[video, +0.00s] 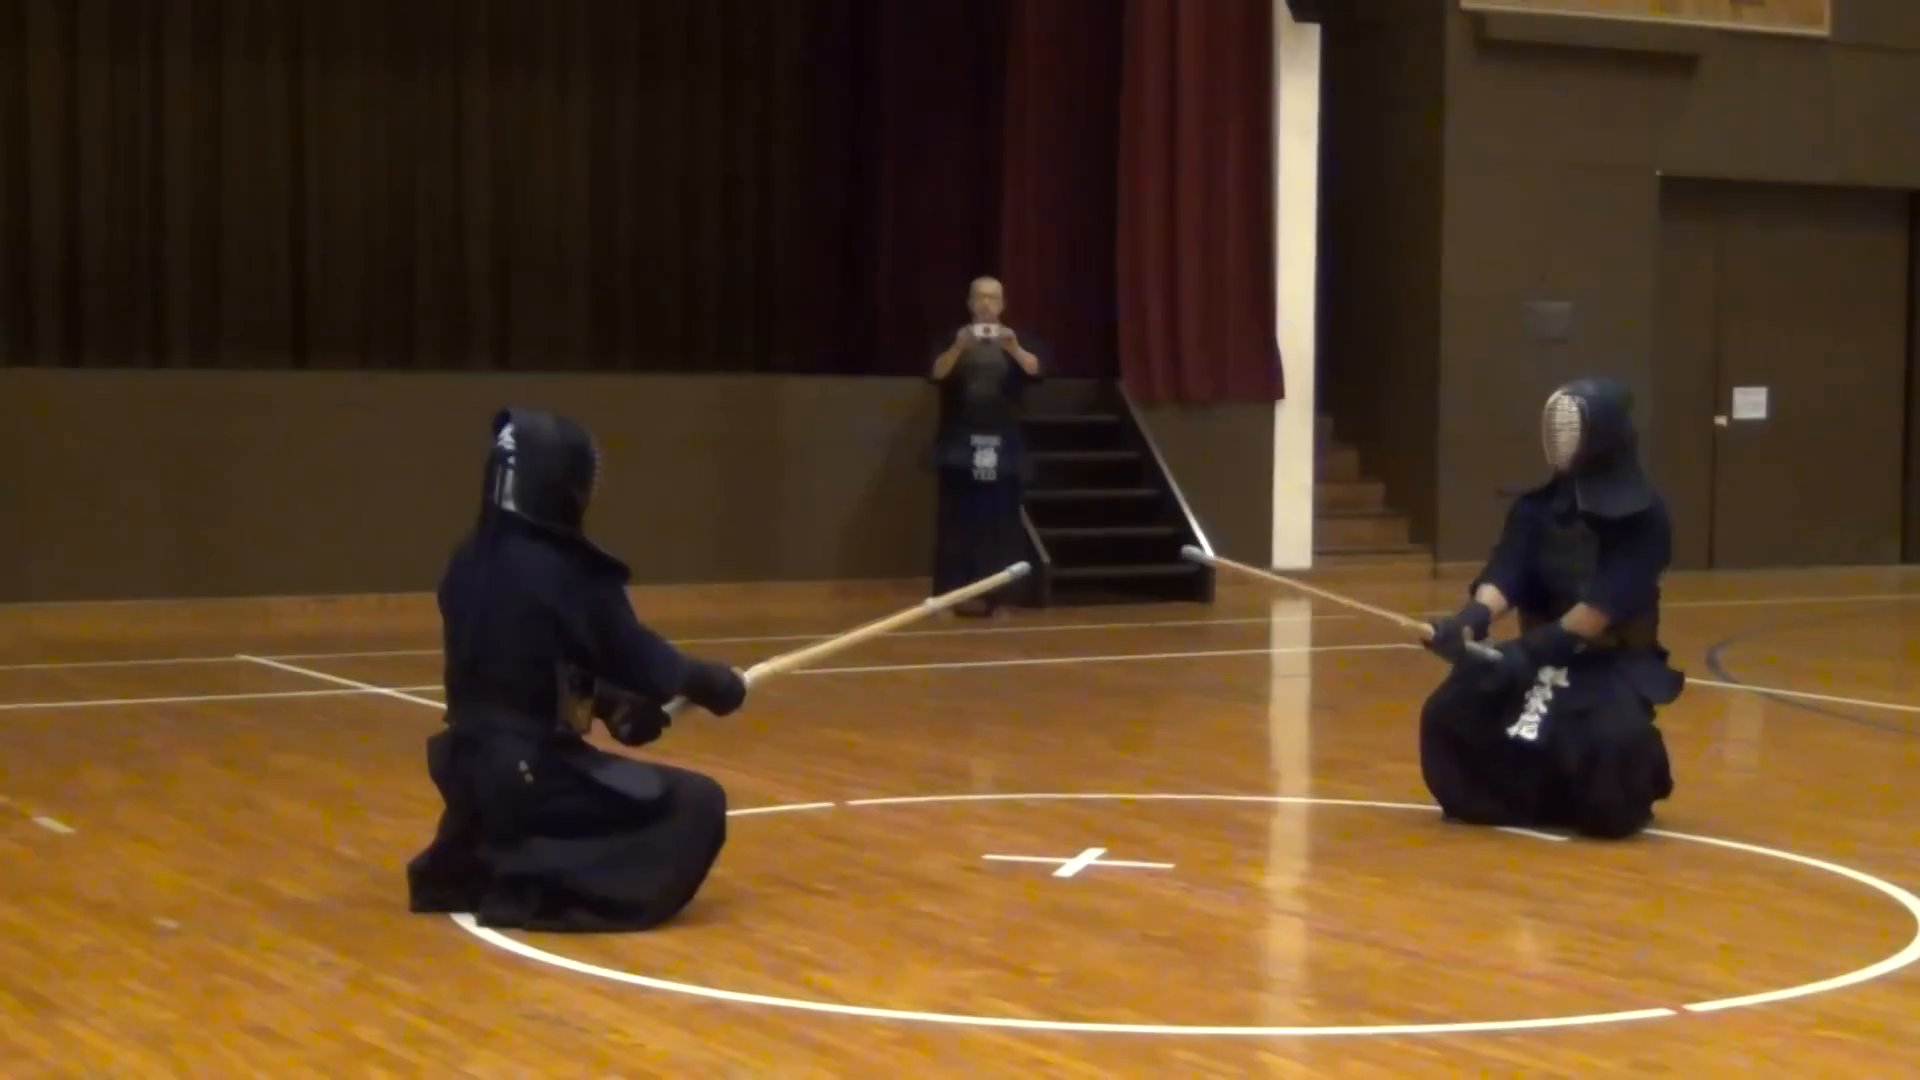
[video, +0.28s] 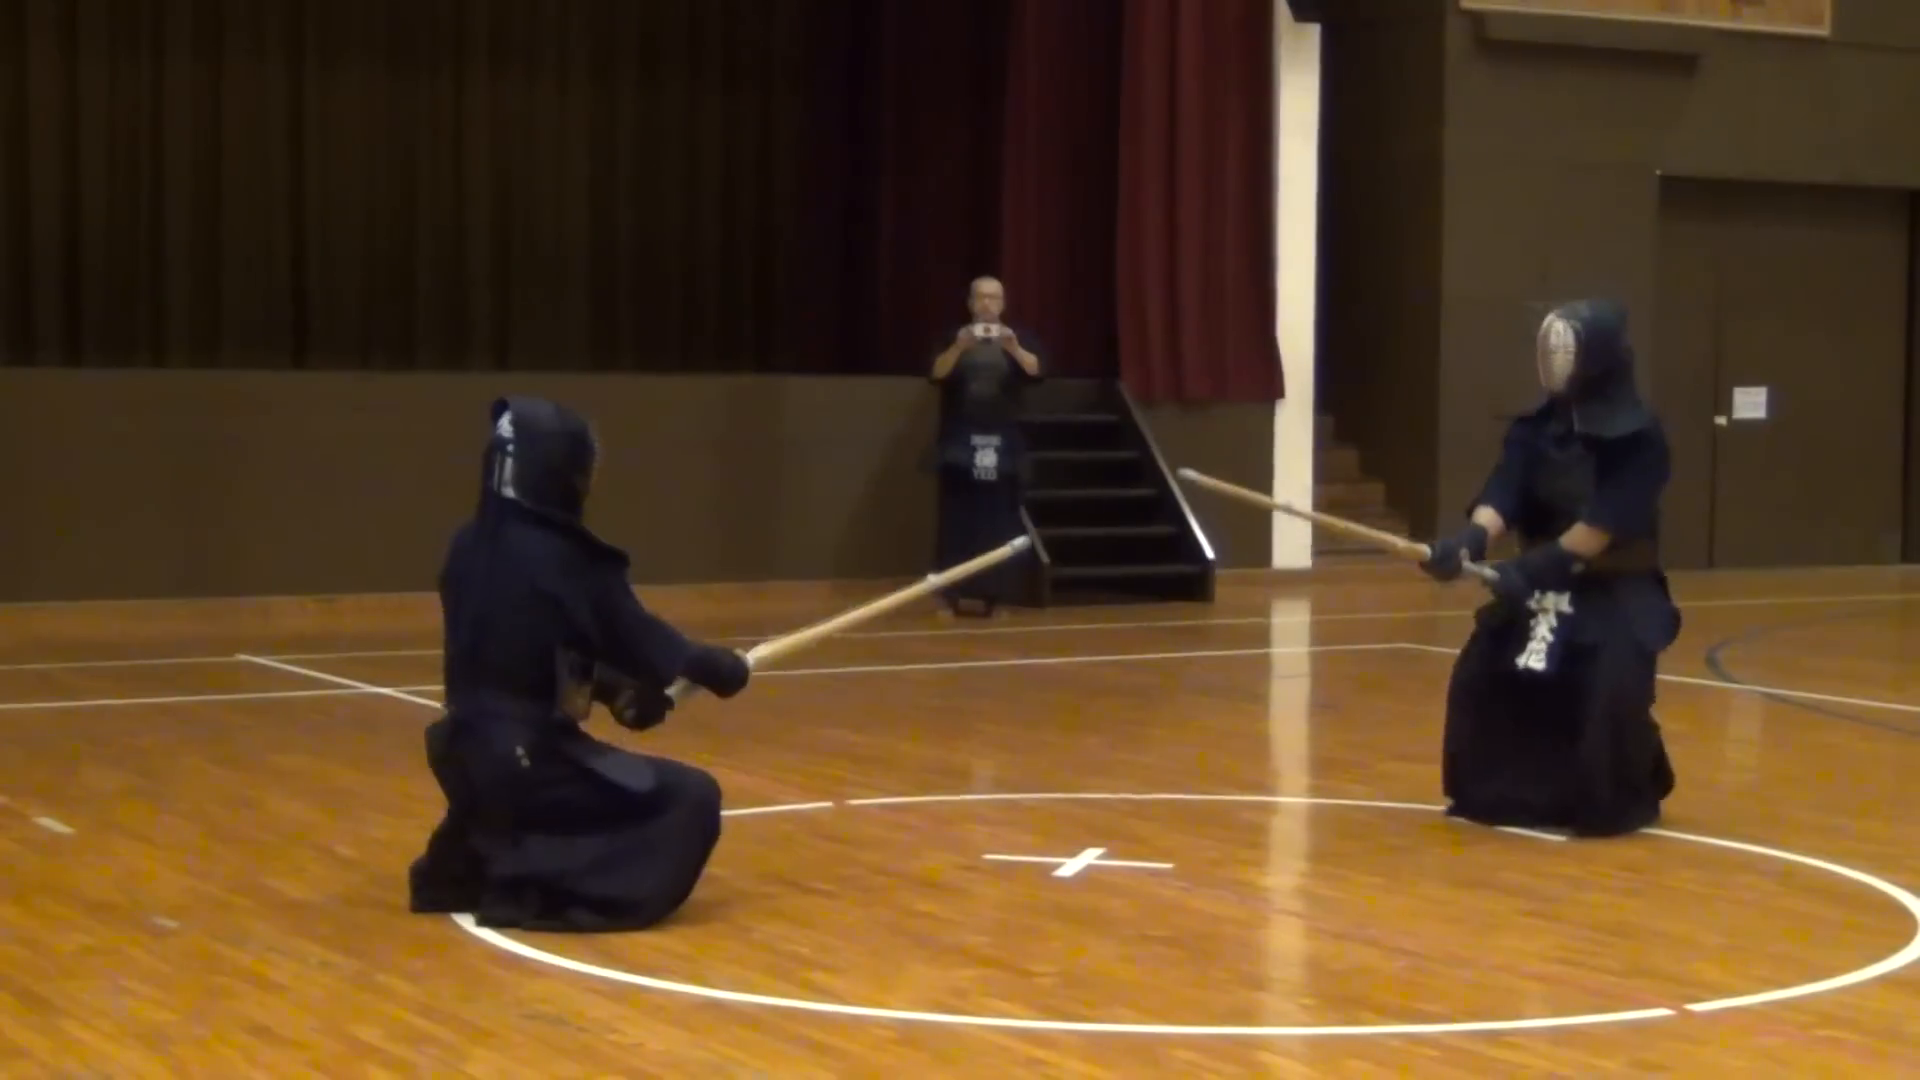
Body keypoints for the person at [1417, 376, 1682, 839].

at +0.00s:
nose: (1556, 439)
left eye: (1569, 428)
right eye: (1553, 427)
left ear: (1602, 434)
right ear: (1547, 429)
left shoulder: (1639, 515)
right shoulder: (1534, 508)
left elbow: (1603, 608)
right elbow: (1506, 575)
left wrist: (1524, 653)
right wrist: (1469, 619)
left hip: (1610, 666)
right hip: (1535, 658)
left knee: (1616, 740)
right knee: (1449, 714)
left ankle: (1613, 810)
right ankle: (1484, 800)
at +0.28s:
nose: (1550, 362)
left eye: (1562, 351)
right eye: (1546, 350)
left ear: (1596, 357)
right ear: (1544, 353)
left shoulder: (1635, 435)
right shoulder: (1535, 428)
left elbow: (1602, 527)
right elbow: (1503, 495)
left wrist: (1529, 572)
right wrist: (1469, 541)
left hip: (1618, 588)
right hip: (1544, 582)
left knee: (1607, 676)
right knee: (1482, 667)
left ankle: (1611, 802)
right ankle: (1489, 793)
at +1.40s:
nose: (1516, 299)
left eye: (1529, 288)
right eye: (1513, 286)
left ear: (1564, 292)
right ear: (1509, 289)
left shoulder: (1596, 373)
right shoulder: (1495, 364)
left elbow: (1569, 459)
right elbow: (1462, 428)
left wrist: (1490, 499)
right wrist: (1425, 464)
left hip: (1574, 538)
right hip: (1498, 533)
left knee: (1584, 666)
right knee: (1471, 661)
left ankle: (1619, 797)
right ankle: (1472, 797)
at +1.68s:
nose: (1460, 291)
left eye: (1474, 279)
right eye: (1457, 279)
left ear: (1508, 286)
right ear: (1452, 284)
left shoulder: (1540, 368)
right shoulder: (1436, 360)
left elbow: (1507, 455)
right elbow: (1402, 422)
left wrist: (1429, 493)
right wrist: (1368, 459)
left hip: (1518, 531)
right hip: (1446, 527)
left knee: (1530, 660)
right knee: (1444, 658)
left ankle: (1574, 796)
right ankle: (1462, 798)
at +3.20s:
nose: (1383, 298)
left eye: (1396, 287)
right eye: (1381, 286)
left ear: (1430, 292)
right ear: (1378, 290)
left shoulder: (1464, 371)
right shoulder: (1362, 364)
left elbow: (1434, 459)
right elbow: (1326, 426)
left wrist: (1361, 501)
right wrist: (1296, 469)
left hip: (1442, 535)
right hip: (1370, 531)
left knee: (1451, 665)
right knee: (1362, 664)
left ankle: (1491, 804)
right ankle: (1369, 802)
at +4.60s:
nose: (1340, 297)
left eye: (1354, 285)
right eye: (1338, 283)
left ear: (1388, 290)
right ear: (1336, 288)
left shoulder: (1423, 373)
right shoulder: (1323, 364)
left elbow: (1390, 463)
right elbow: (1285, 426)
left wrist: (1315, 503)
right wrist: (1250, 467)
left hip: (1402, 536)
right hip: (1333, 531)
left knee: (1417, 667)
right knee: (1326, 664)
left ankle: (1457, 801)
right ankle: (1333, 799)